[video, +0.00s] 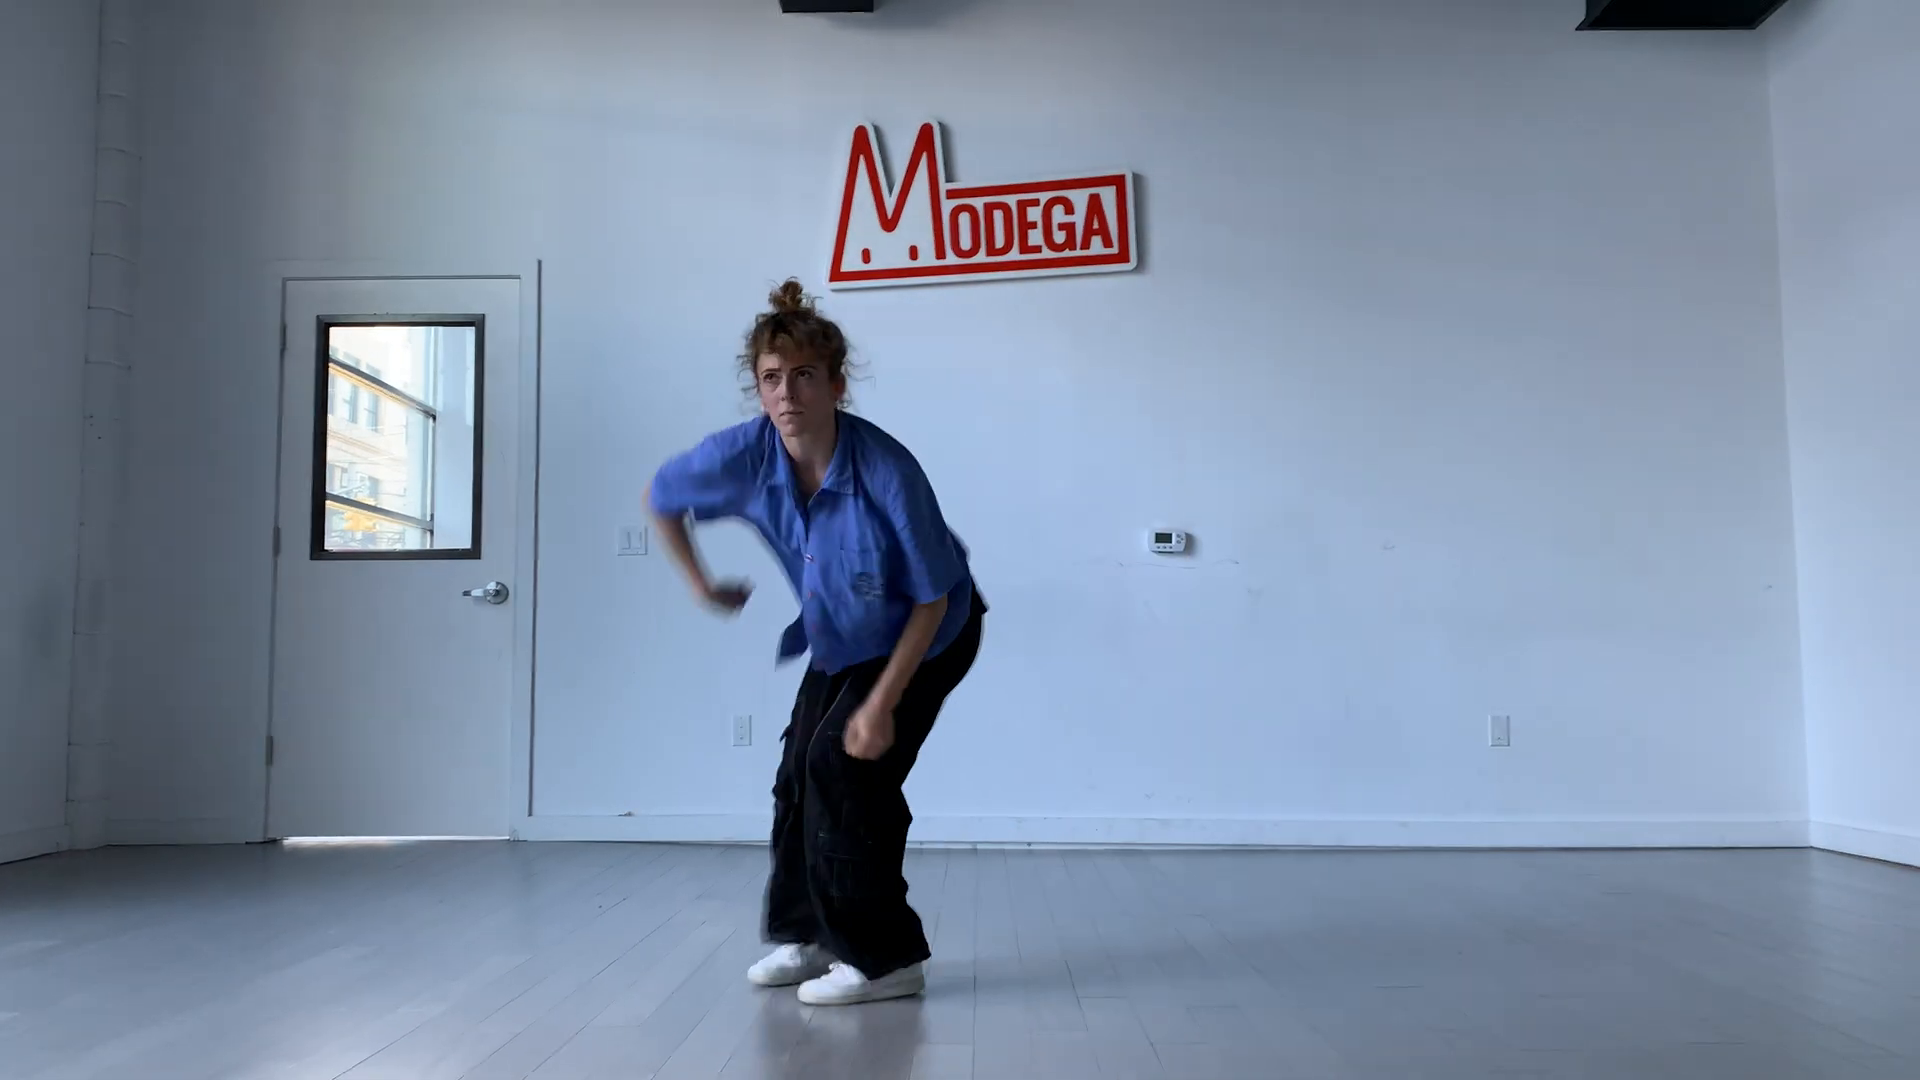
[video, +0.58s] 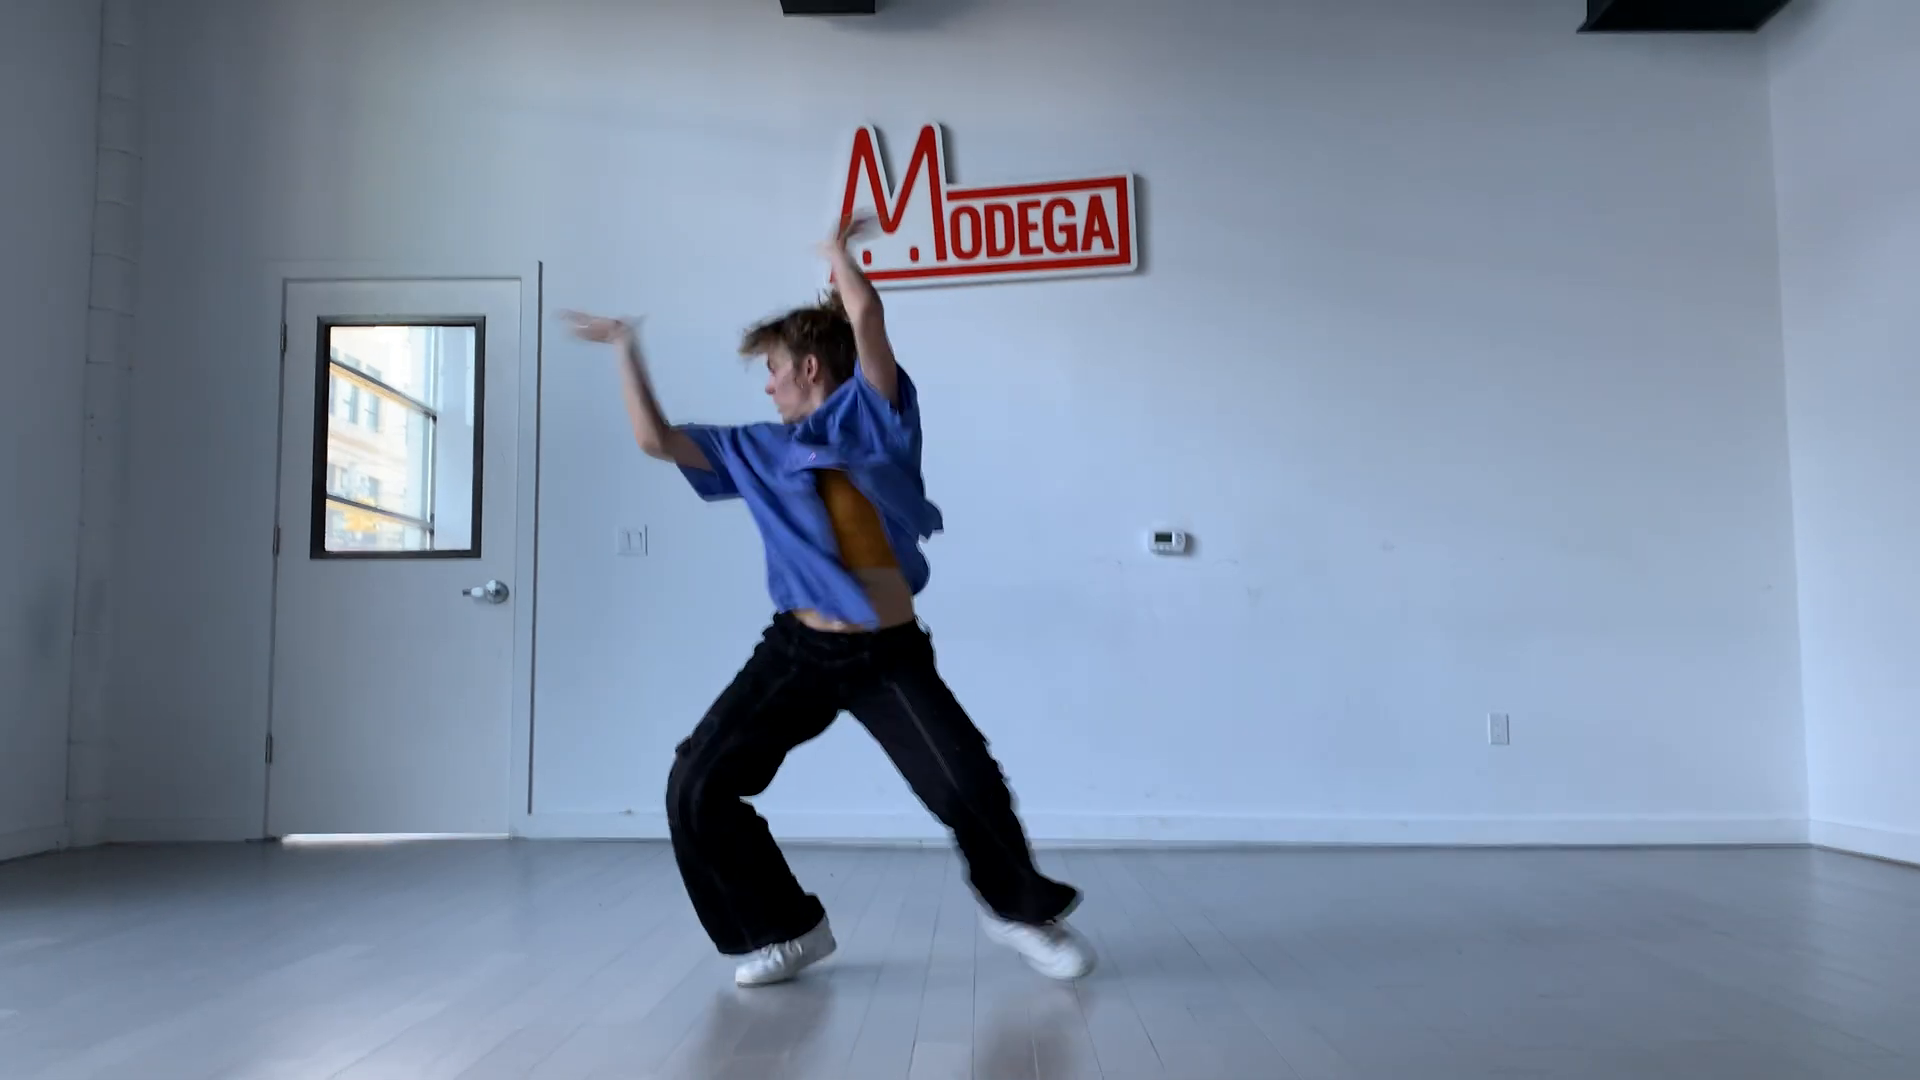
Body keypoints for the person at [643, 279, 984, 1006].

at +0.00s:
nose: (786, 392)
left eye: (802, 376)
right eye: (772, 378)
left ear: (837, 384)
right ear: (757, 390)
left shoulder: (886, 473)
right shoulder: (749, 453)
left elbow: (937, 594)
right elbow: (661, 495)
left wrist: (882, 699)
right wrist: (701, 584)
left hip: (926, 626)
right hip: (842, 629)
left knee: (848, 763)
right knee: (800, 768)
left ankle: (887, 957)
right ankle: (809, 936)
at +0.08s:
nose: (784, 402)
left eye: (799, 384)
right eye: (770, 388)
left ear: (835, 387)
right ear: (757, 397)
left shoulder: (891, 464)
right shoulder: (745, 477)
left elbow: (951, 583)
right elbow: (657, 576)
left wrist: (923, 703)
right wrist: (718, 657)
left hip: (904, 643)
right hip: (818, 648)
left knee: (858, 774)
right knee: (803, 784)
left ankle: (891, 957)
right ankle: (802, 943)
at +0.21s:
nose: (770, 414)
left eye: (786, 395)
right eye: (757, 398)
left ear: (823, 395)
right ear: (746, 407)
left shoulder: (884, 453)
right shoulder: (750, 479)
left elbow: (983, 521)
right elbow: (761, 595)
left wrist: (980, 634)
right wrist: (868, 609)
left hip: (909, 646)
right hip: (811, 659)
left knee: (926, 772)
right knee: (776, 804)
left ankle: (933, 937)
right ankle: (807, 943)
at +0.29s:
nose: (766, 412)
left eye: (782, 394)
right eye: (754, 397)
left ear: (819, 394)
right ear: (744, 403)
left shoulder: (867, 436)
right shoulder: (753, 476)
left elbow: (942, 437)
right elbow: (826, 567)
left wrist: (953, 542)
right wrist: (943, 550)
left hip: (913, 654)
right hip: (819, 659)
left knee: (968, 780)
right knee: (739, 805)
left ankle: (1019, 937)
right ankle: (800, 940)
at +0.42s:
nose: (788, 399)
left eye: (798, 383)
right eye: (772, 388)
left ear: (825, 384)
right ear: (756, 402)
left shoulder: (867, 437)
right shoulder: (765, 470)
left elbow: (849, 340)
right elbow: (820, 536)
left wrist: (789, 368)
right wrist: (917, 506)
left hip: (921, 668)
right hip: (826, 674)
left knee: (1008, 797)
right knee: (700, 790)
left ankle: (1068, 937)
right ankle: (799, 935)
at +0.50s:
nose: (763, 383)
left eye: (776, 367)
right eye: (758, 372)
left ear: (823, 372)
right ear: (758, 384)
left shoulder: (871, 416)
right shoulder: (769, 459)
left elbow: (846, 301)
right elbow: (724, 503)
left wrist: (727, 287)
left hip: (910, 663)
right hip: (820, 662)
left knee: (1003, 798)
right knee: (689, 790)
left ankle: (1072, 930)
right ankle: (789, 929)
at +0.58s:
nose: (766, 383)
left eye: (773, 367)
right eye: (764, 370)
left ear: (813, 368)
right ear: (795, 374)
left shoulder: (878, 419)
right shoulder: (758, 449)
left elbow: (867, 318)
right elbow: (658, 439)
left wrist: (840, 254)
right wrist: (625, 345)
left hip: (891, 654)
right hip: (797, 652)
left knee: (969, 787)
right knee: (698, 786)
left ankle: (1019, 913)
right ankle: (787, 929)